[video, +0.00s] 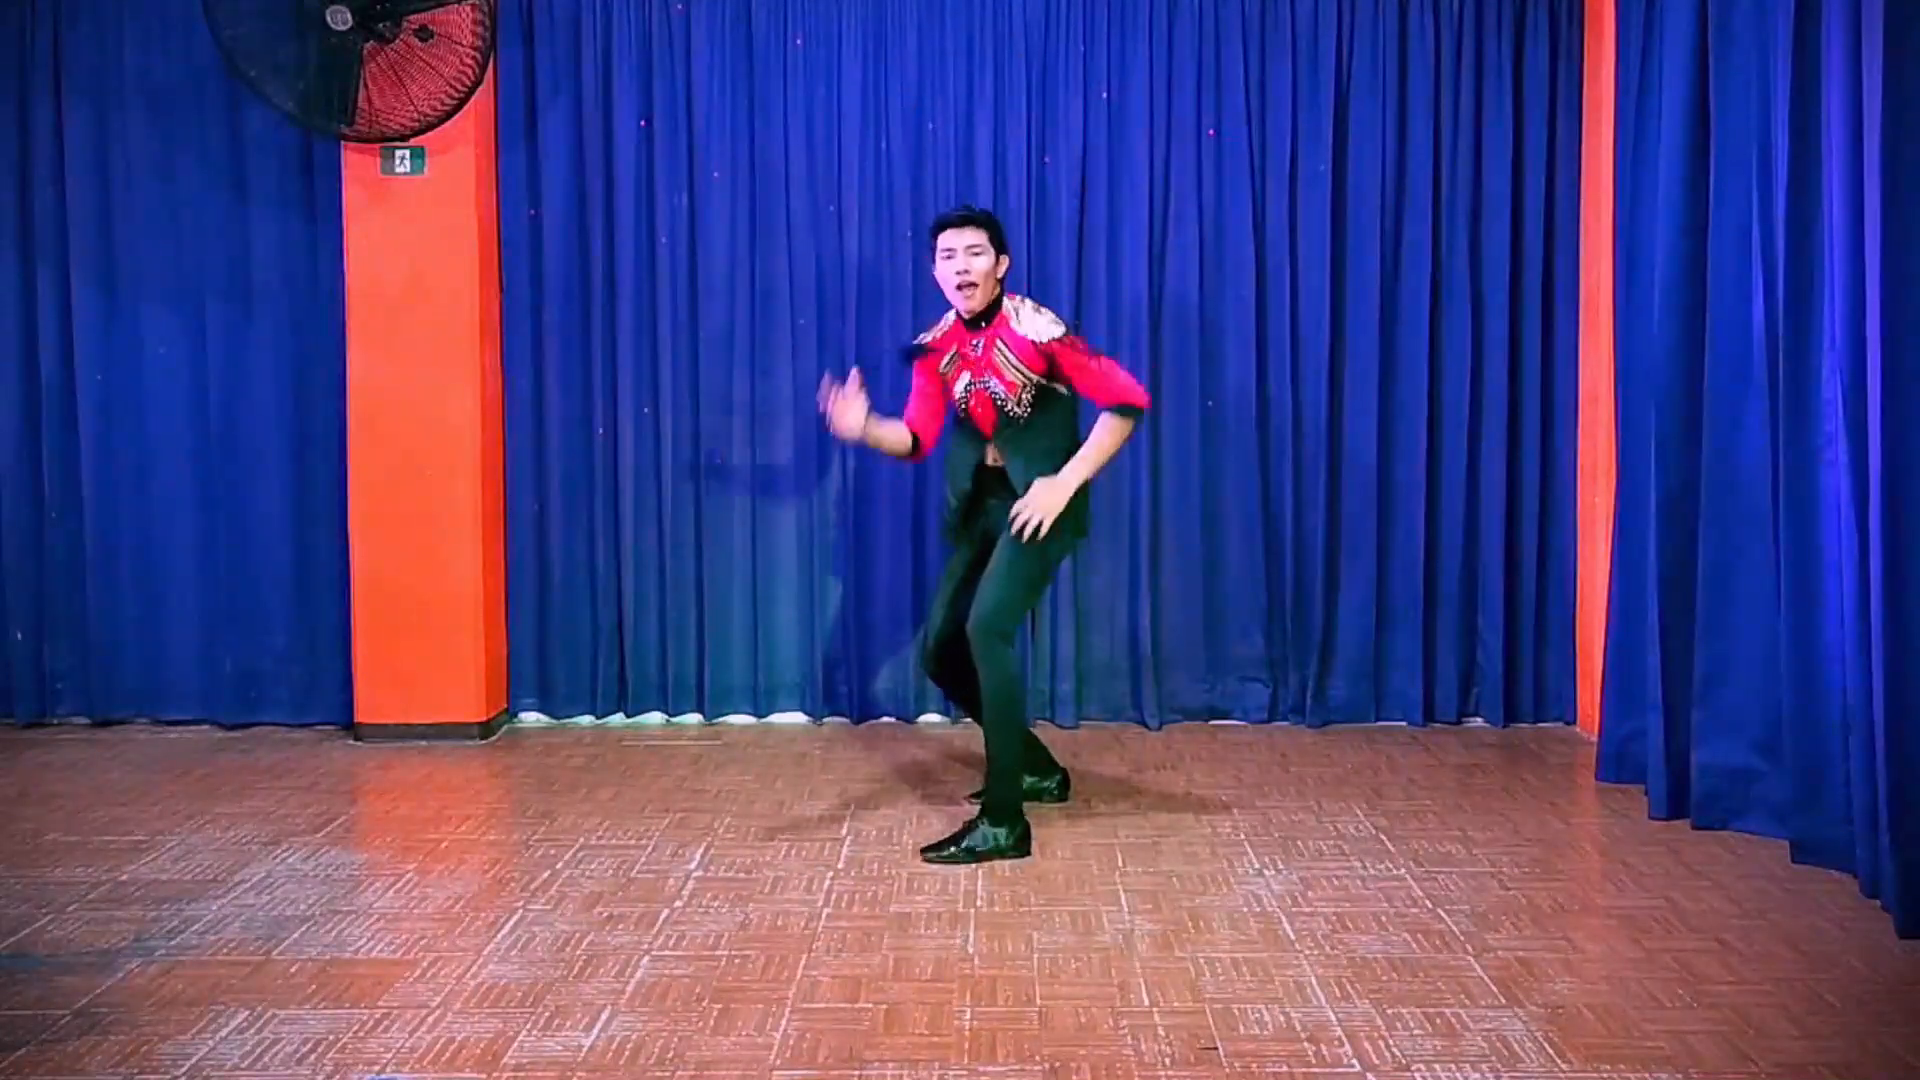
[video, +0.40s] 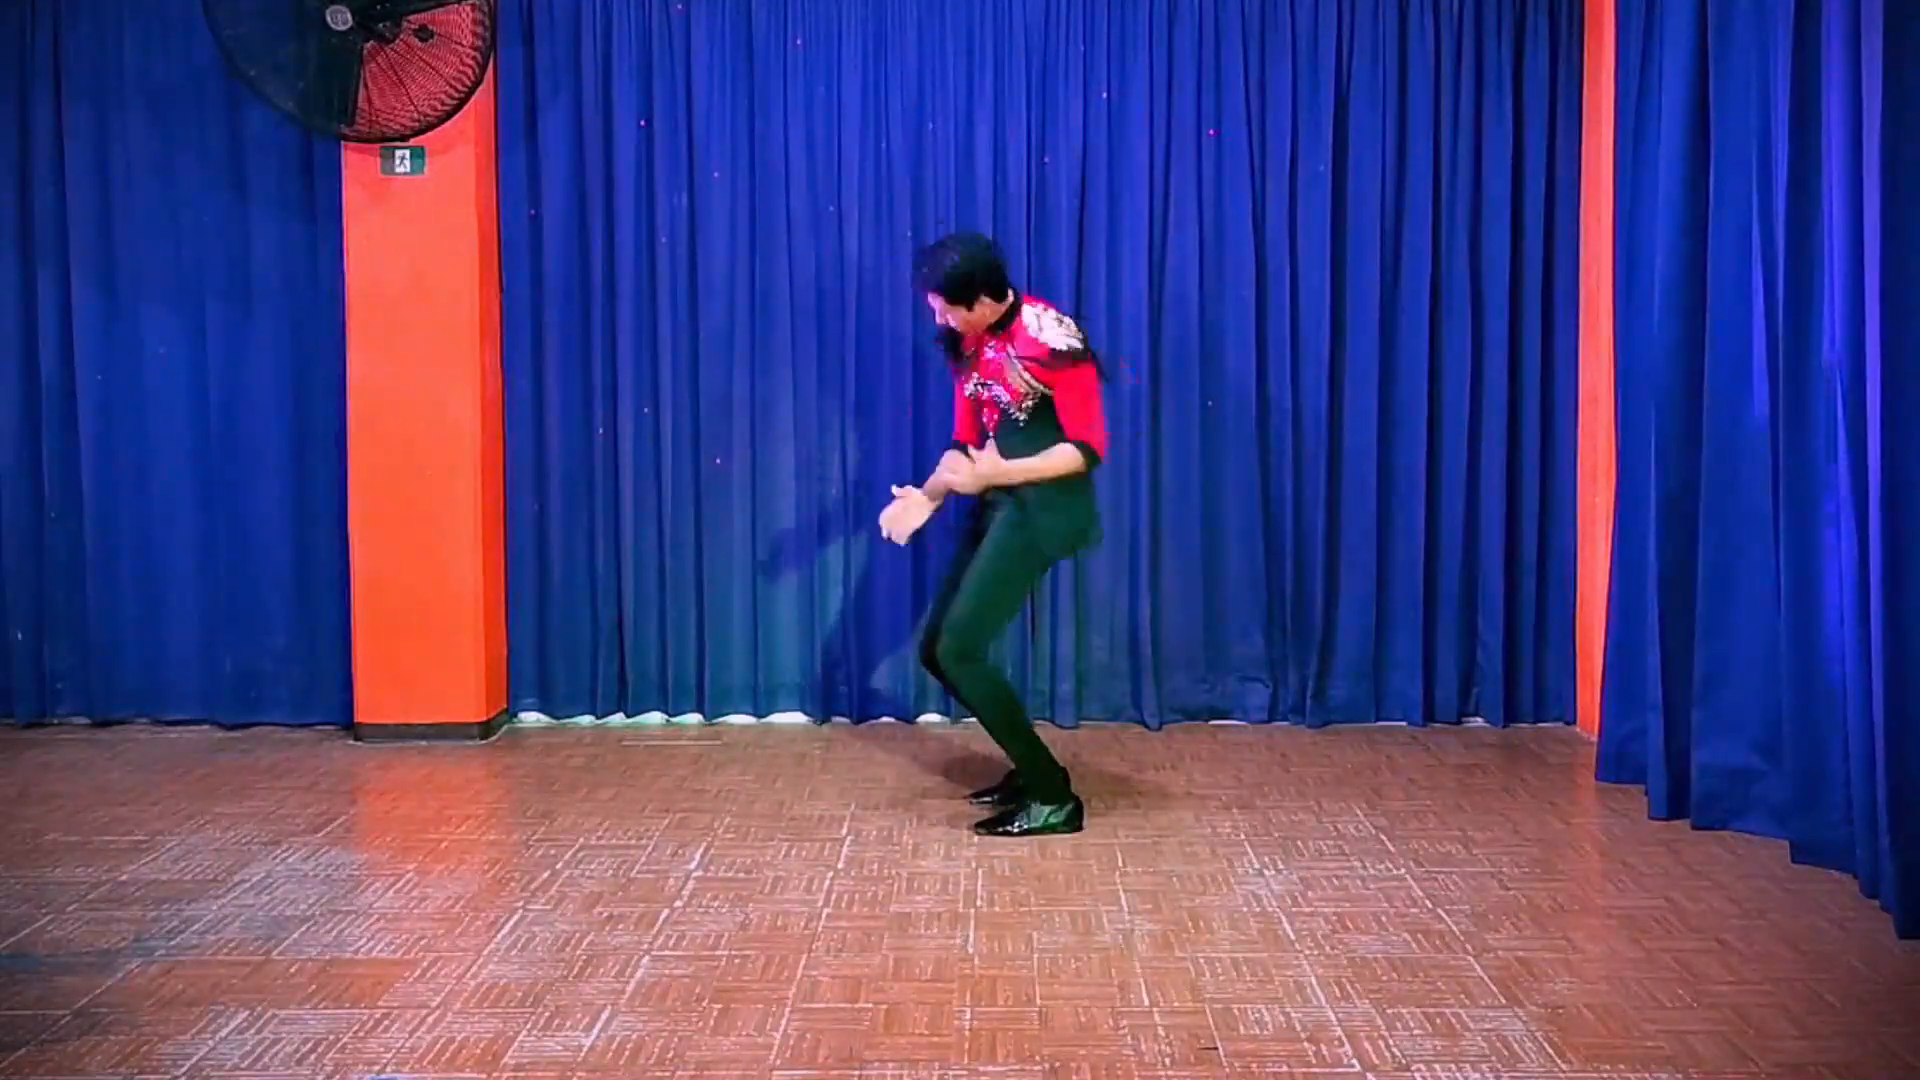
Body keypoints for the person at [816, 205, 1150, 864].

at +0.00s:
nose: (960, 268)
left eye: (974, 253)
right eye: (947, 256)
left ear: (1001, 264)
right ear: (934, 271)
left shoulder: (1036, 332)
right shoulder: (937, 351)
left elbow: (1127, 403)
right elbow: (915, 439)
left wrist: (1065, 481)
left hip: (1044, 504)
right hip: (984, 509)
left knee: (989, 629)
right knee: (942, 652)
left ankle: (1003, 820)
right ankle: (1038, 767)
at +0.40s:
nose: (941, 319)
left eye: (946, 307)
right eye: (937, 308)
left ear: (983, 298)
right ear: (973, 298)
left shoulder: (1051, 336)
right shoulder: (974, 349)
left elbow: (1086, 449)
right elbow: (970, 447)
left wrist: (996, 473)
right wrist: (927, 495)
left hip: (1048, 508)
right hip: (1004, 505)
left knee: (958, 649)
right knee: (938, 650)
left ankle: (1053, 797)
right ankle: (1031, 773)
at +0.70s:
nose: (915, 284)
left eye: (917, 268)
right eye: (912, 271)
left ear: (946, 260)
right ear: (958, 260)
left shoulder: (993, 327)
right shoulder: (1000, 301)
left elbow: (997, 453)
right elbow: (1000, 407)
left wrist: (932, 471)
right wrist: (976, 465)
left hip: (1055, 499)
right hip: (1038, 491)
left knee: (971, 640)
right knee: (980, 620)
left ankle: (1053, 802)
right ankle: (1016, 747)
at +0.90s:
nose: (923, 280)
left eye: (934, 269)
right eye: (925, 267)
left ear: (973, 278)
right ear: (975, 277)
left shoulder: (989, 350)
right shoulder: (1019, 313)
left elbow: (945, 453)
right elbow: (1013, 430)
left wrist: (850, 431)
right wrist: (947, 463)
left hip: (1053, 511)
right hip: (1045, 496)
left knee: (958, 651)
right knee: (977, 624)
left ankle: (1053, 800)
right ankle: (1018, 746)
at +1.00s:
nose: (936, 268)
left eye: (946, 255)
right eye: (935, 255)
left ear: (987, 257)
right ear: (984, 259)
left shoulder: (1003, 325)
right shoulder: (1024, 300)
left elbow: (922, 419)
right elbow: (1026, 411)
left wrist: (861, 336)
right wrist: (962, 453)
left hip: (1053, 500)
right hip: (1041, 488)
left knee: (970, 642)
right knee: (964, 614)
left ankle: (1053, 800)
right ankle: (1020, 745)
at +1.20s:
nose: (949, 257)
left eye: (966, 251)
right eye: (953, 243)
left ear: (1004, 272)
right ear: (978, 263)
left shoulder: (1018, 323)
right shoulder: (1002, 305)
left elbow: (925, 382)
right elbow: (1034, 403)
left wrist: (936, 328)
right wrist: (1012, 473)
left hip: (1061, 503)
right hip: (1035, 496)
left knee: (978, 642)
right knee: (964, 637)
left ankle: (1055, 795)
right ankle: (1045, 768)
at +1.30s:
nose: (926, 277)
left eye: (939, 263)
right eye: (929, 263)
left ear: (980, 273)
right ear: (978, 275)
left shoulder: (1002, 335)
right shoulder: (1007, 320)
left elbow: (973, 452)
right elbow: (1031, 439)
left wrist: (949, 409)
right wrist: (979, 486)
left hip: (1064, 510)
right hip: (1056, 503)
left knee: (972, 644)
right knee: (975, 638)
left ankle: (1056, 793)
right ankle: (1043, 775)